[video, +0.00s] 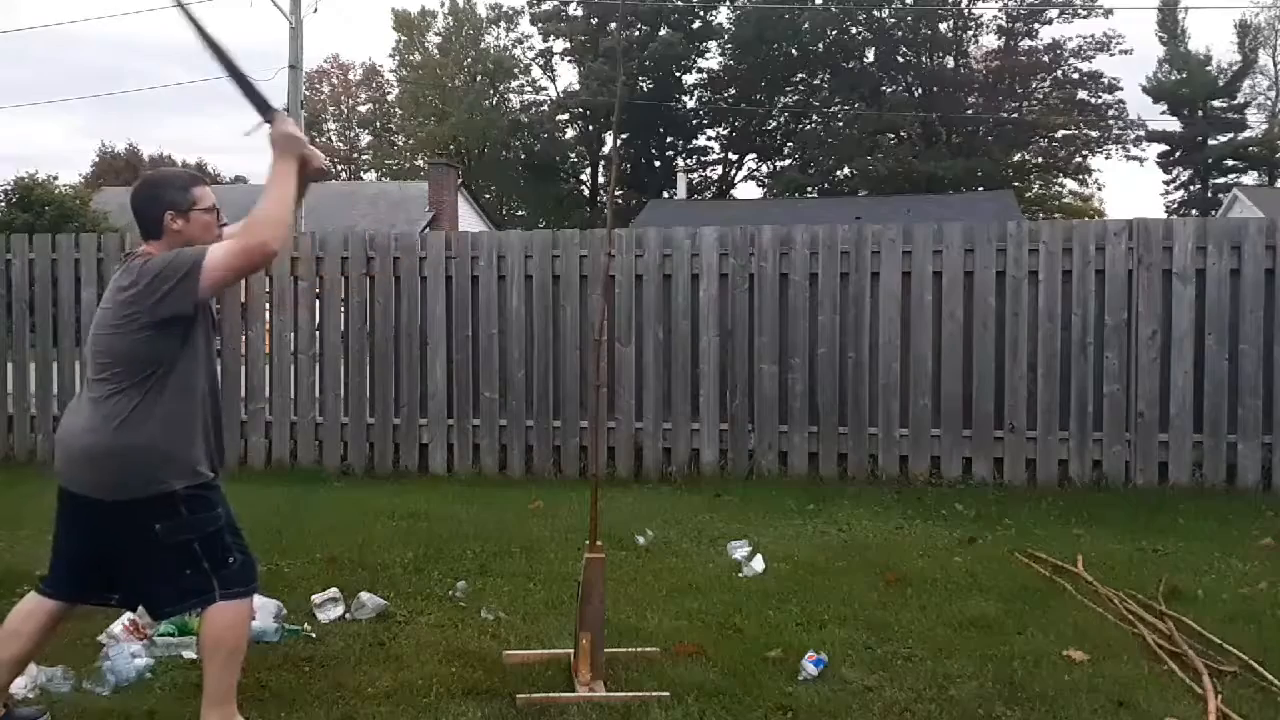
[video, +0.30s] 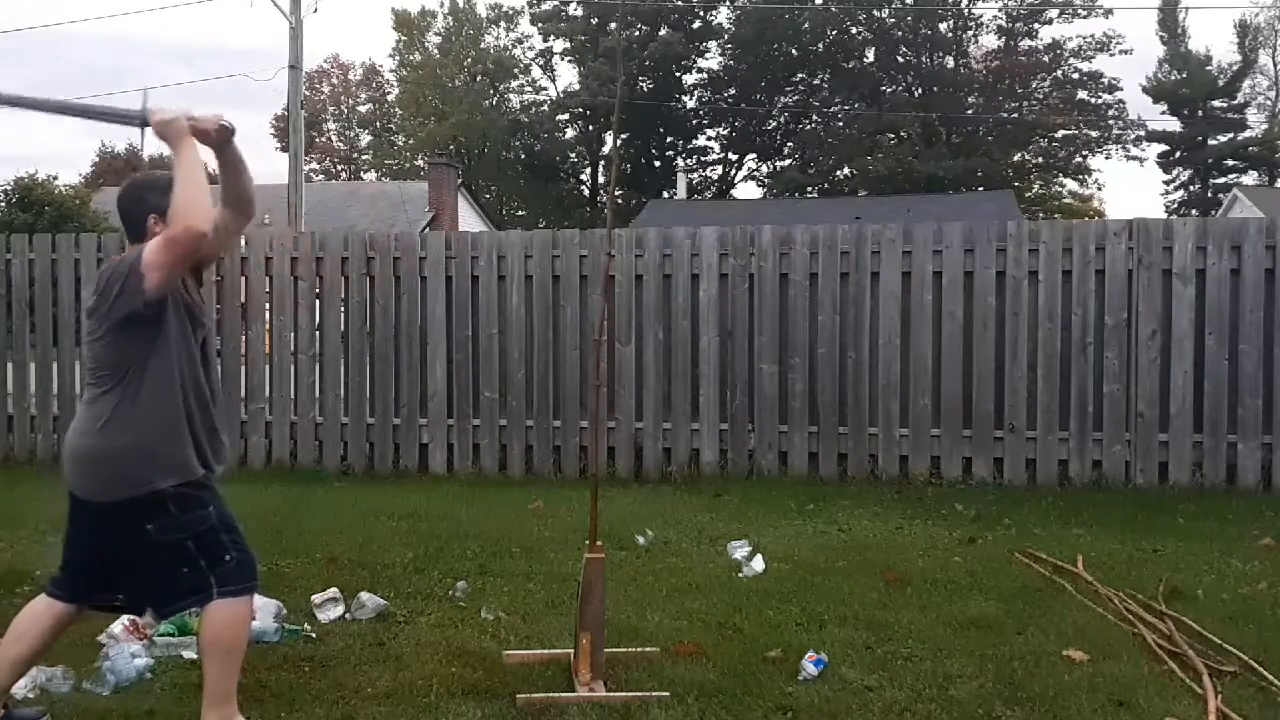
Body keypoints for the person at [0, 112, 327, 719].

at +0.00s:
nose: (223, 221)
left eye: (218, 209)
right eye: (211, 210)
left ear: (165, 224)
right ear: (171, 222)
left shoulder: (139, 271)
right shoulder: (162, 274)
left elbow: (252, 247)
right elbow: (262, 243)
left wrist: (298, 180)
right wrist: (286, 156)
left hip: (87, 464)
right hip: (156, 468)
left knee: (57, 591)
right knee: (230, 584)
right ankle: (220, 710)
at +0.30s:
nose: (191, 226)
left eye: (189, 215)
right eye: (182, 218)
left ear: (170, 223)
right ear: (152, 226)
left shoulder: (175, 274)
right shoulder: (124, 278)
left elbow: (239, 213)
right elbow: (194, 230)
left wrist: (225, 148)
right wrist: (183, 145)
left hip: (104, 465)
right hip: (147, 467)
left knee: (72, 590)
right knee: (231, 577)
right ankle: (220, 711)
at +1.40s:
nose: (197, 225)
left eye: (196, 214)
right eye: (187, 217)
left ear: (152, 227)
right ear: (154, 228)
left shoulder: (158, 274)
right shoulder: (133, 278)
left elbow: (235, 230)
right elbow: (218, 253)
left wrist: (228, 163)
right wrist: (197, 162)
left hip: (97, 470)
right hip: (149, 471)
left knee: (65, 589)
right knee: (236, 579)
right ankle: (222, 711)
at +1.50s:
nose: (199, 217)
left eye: (195, 207)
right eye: (187, 208)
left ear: (150, 220)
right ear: (150, 219)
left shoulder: (123, 265)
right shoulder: (151, 272)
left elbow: (237, 234)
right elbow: (266, 269)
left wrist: (285, 188)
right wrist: (284, 186)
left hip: (85, 463)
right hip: (157, 464)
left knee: (61, 581)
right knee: (229, 579)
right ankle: (220, 710)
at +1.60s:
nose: (193, 209)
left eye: (190, 197)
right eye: (182, 199)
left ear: (136, 209)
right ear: (143, 207)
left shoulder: (98, 257)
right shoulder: (159, 264)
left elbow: (235, 258)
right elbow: (265, 289)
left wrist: (332, 260)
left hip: (72, 457)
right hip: (153, 459)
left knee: (56, 578)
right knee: (211, 582)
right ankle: (218, 710)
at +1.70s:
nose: (193, 208)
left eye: (191, 198)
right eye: (182, 198)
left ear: (136, 206)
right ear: (144, 205)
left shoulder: (83, 249)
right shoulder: (169, 267)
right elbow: (243, 331)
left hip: (60, 449)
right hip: (148, 453)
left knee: (48, 577)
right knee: (200, 585)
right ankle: (217, 711)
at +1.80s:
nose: (194, 214)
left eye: (193, 203)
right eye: (186, 203)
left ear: (137, 211)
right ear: (149, 209)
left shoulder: (73, 254)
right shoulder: (178, 278)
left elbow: (108, 344)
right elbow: (214, 364)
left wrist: (194, 384)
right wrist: (242, 409)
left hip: (48, 444)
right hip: (144, 452)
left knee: (33, 583)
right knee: (200, 587)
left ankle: (0, 692)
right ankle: (216, 710)